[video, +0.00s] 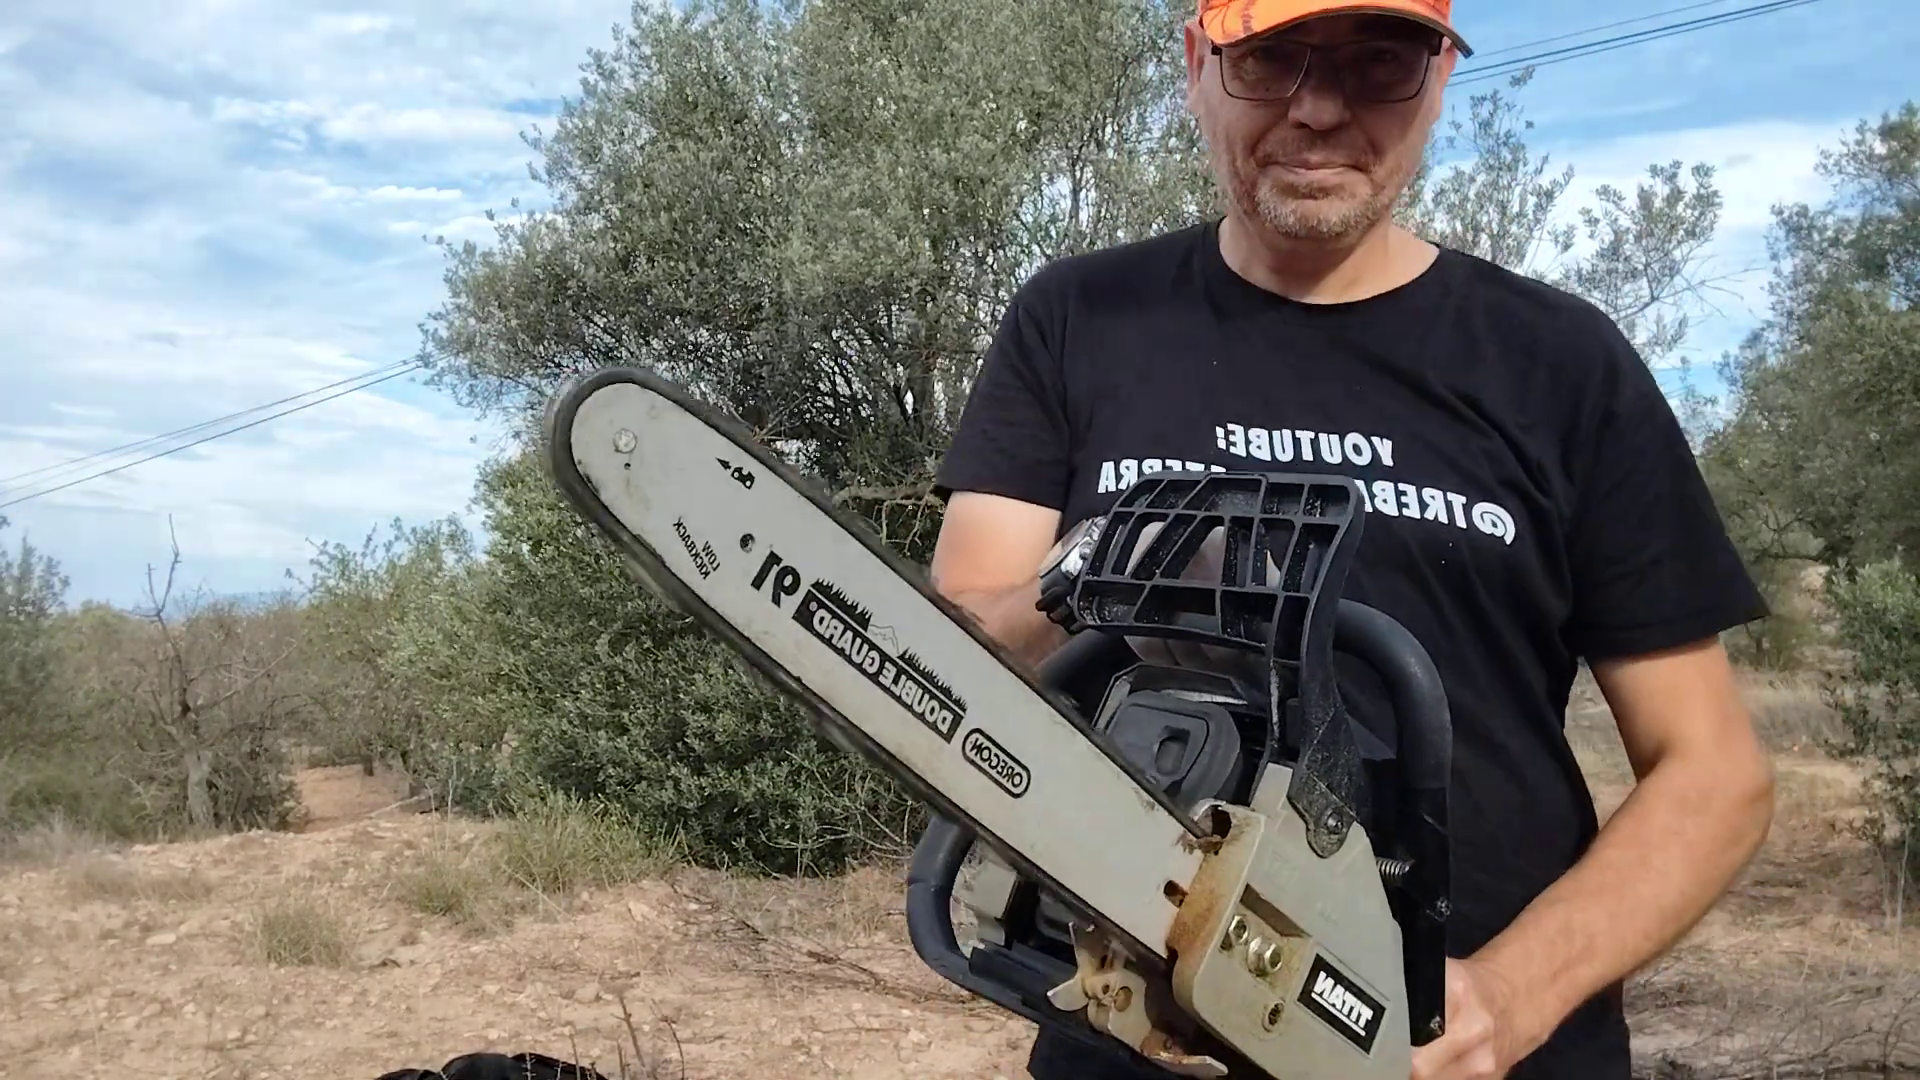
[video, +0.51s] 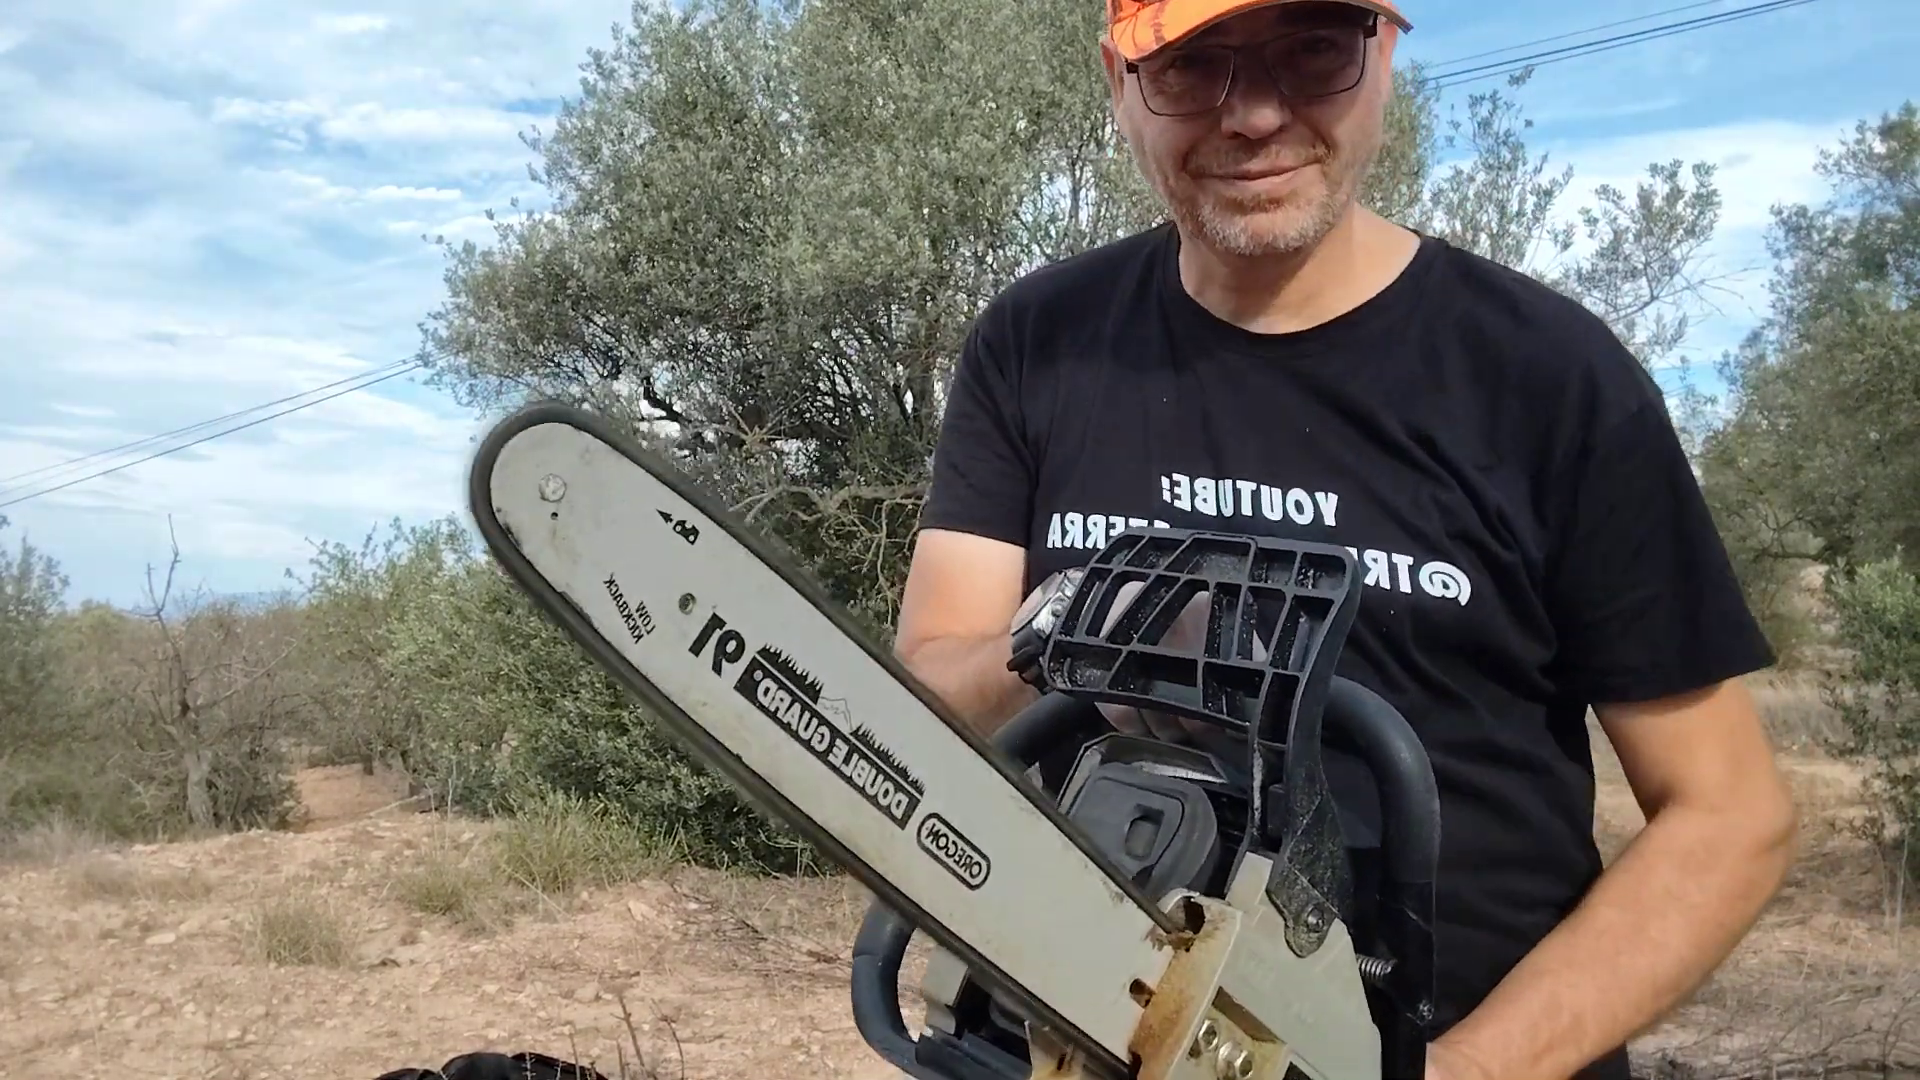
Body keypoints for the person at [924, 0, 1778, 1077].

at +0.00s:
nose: (1318, 109)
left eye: (1376, 66)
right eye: (1272, 59)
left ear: (1438, 84)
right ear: (1198, 75)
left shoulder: (1563, 362)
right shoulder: (1075, 319)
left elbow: (1715, 772)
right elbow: (964, 633)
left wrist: (1510, 997)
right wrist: (1119, 582)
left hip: (1492, 1043)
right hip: (1134, 1030)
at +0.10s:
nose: (1295, 110)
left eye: (1348, 59)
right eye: (1245, 61)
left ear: (1415, 68)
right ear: (1170, 79)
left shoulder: (1542, 368)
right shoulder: (1052, 327)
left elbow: (1693, 778)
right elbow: (946, 651)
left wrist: (1495, 1003)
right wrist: (1095, 584)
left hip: (1469, 1043)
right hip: (1115, 1029)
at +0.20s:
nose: (1282, 109)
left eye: (1332, 56)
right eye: (1231, 63)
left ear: (1399, 63)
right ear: (1152, 82)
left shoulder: (1531, 367)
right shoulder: (1039, 328)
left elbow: (1686, 782)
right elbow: (935, 659)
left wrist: (1484, 1022)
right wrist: (1097, 607)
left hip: (1455, 1039)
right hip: (1103, 1030)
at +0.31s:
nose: (1271, 109)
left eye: (1322, 52)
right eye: (1215, 62)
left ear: (1390, 59)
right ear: (1138, 84)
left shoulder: (1530, 371)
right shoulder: (1034, 332)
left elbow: (1700, 794)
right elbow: (930, 662)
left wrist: (1475, 1041)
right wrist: (1083, 620)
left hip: (1454, 1033)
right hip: (1104, 1025)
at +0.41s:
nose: (1261, 117)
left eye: (1316, 57)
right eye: (1205, 67)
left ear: (1384, 63)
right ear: (1130, 90)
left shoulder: (1541, 379)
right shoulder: (1034, 342)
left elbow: (1716, 809)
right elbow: (922, 679)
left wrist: (1467, 1063)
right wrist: (1069, 641)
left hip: (1459, 1042)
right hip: (1093, 1037)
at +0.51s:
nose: (1255, 114)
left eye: (1312, 51)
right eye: (1196, 64)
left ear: (1384, 52)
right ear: (1120, 90)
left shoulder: (1553, 375)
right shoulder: (1037, 341)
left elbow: (1731, 812)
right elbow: (925, 680)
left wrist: (1467, 1067)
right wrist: (1074, 643)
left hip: (1457, 1037)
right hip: (1084, 1035)